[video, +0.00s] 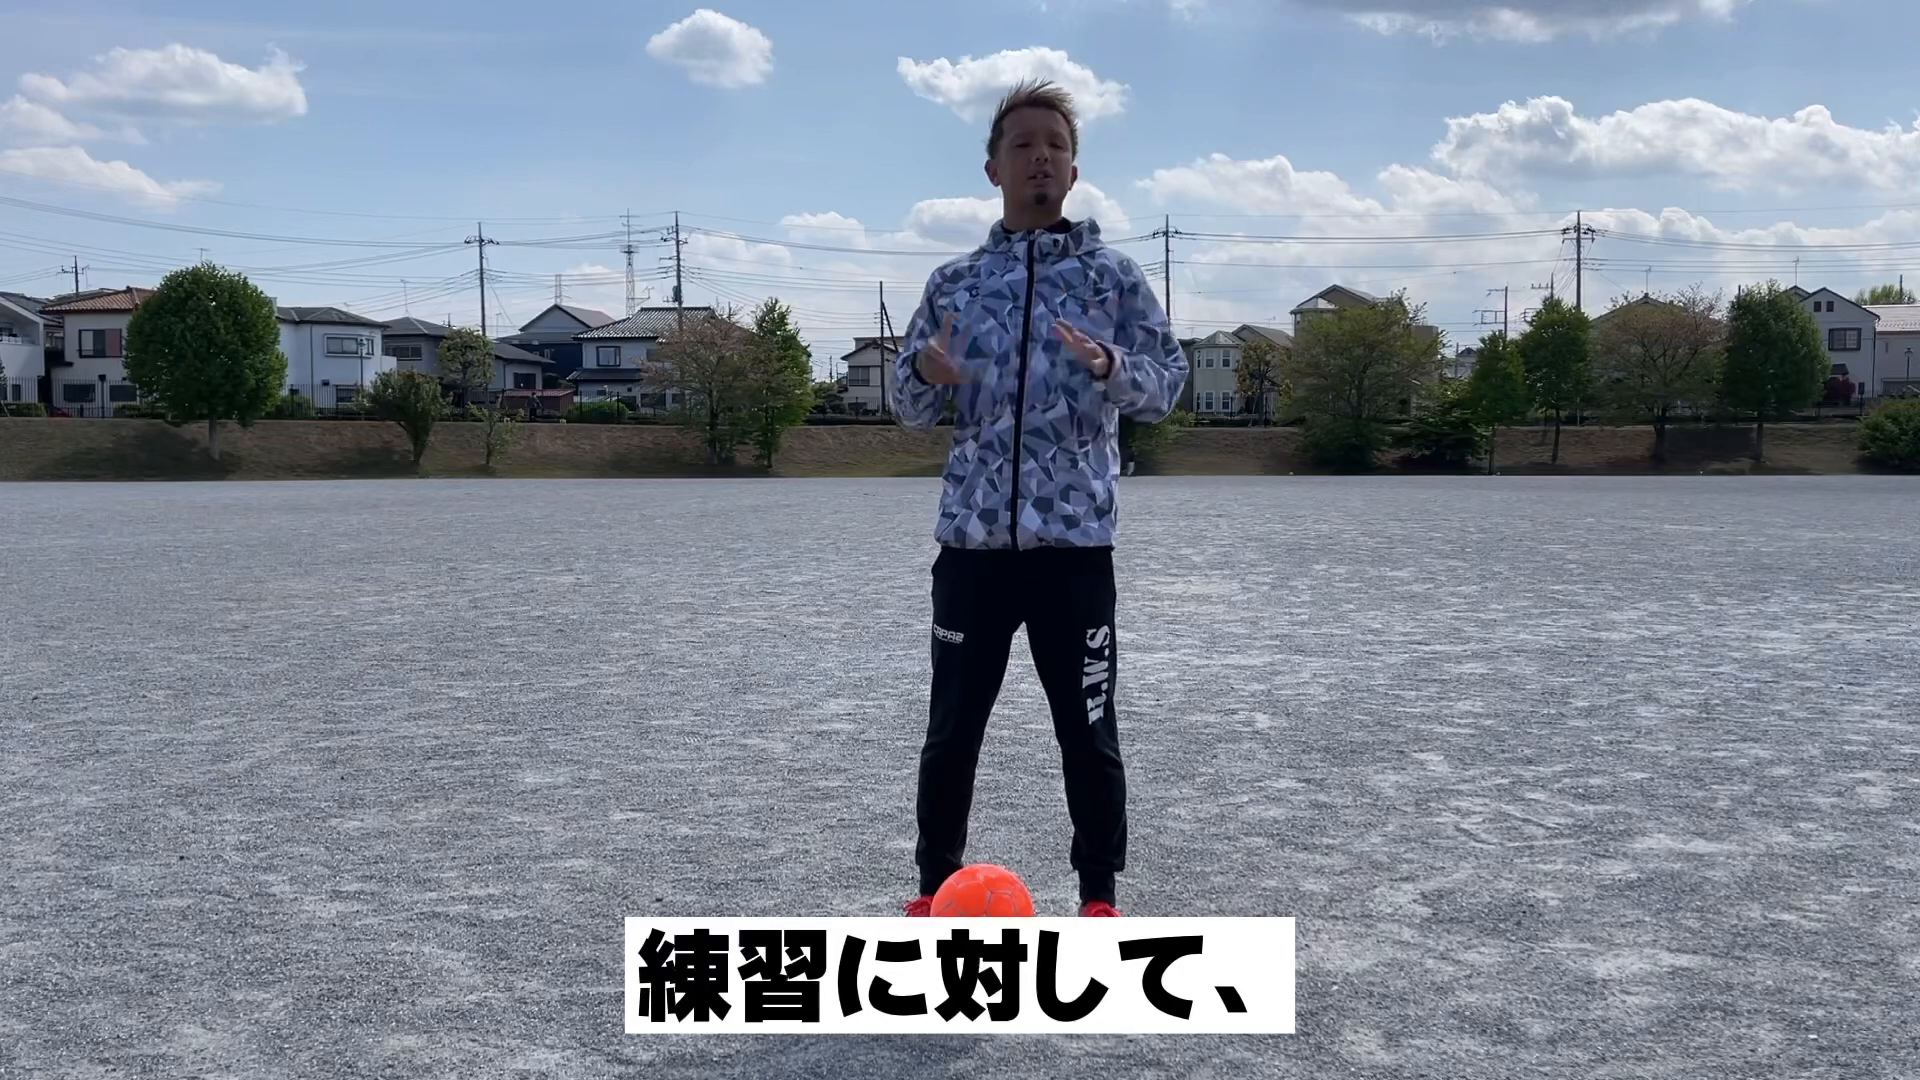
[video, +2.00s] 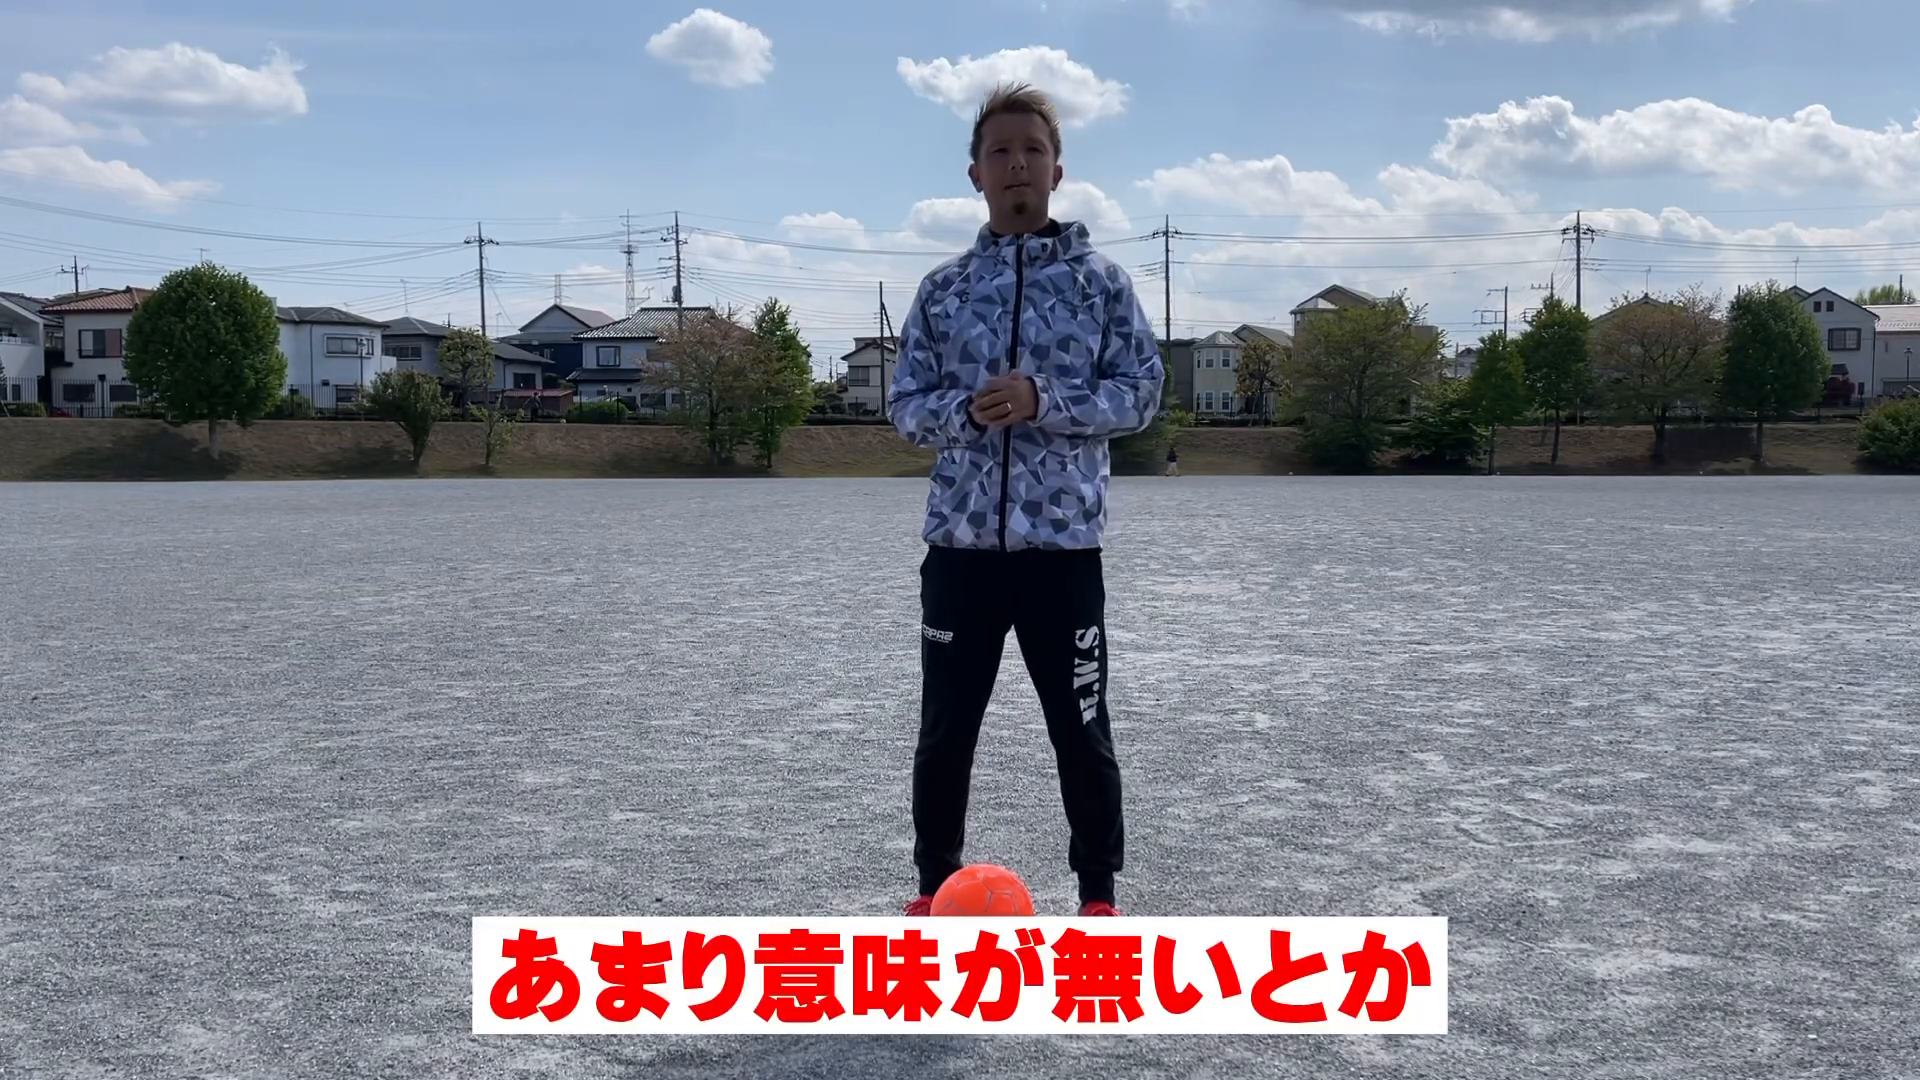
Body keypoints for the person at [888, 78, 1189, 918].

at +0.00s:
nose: (1042, 158)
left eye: (1057, 146)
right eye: (1023, 145)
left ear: (1074, 167)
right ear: (995, 165)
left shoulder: (1115, 278)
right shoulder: (953, 283)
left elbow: (1163, 382)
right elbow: (907, 396)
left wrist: (1114, 368)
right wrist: (931, 375)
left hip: (1072, 536)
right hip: (972, 536)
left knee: (1086, 728)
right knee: (951, 727)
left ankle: (1099, 897)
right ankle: (933, 894)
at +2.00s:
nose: (1016, 162)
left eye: (1033, 149)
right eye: (999, 150)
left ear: (1057, 167)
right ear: (977, 169)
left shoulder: (1099, 280)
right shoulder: (942, 288)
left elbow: (1140, 392)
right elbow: (907, 406)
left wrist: (1047, 400)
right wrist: (962, 409)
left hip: (1061, 540)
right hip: (960, 540)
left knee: (1080, 728)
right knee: (944, 732)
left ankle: (1097, 897)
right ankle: (935, 897)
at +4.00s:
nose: (1114, 164)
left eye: (1132, 153)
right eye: (1099, 148)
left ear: (1151, 176)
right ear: (1070, 163)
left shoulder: (1172, 295)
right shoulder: (1013, 273)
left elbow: (1193, 416)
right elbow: (961, 388)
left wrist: (1113, 409)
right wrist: (1029, 399)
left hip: (1103, 544)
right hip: (1002, 532)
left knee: (1098, 733)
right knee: (948, 696)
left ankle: (1092, 903)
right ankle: (951, 801)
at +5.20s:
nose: (1007, 165)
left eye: (1019, 150)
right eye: (986, 154)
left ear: (1036, 165)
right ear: (956, 174)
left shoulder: (1076, 289)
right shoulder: (914, 286)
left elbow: (1109, 393)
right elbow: (874, 398)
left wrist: (1066, 420)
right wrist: (911, 389)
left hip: (1027, 538)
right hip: (928, 538)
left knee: (1056, 725)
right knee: (921, 724)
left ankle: (1087, 899)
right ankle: (921, 890)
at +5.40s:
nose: (983, 169)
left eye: (996, 156)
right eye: (963, 155)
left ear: (1010, 171)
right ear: (929, 171)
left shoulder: (1042, 282)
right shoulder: (884, 285)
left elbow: (1089, 392)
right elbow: (836, 406)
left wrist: (1034, 382)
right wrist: (845, 377)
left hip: (1007, 535)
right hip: (909, 536)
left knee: (1043, 719)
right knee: (910, 725)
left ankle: (1082, 897)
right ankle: (917, 894)